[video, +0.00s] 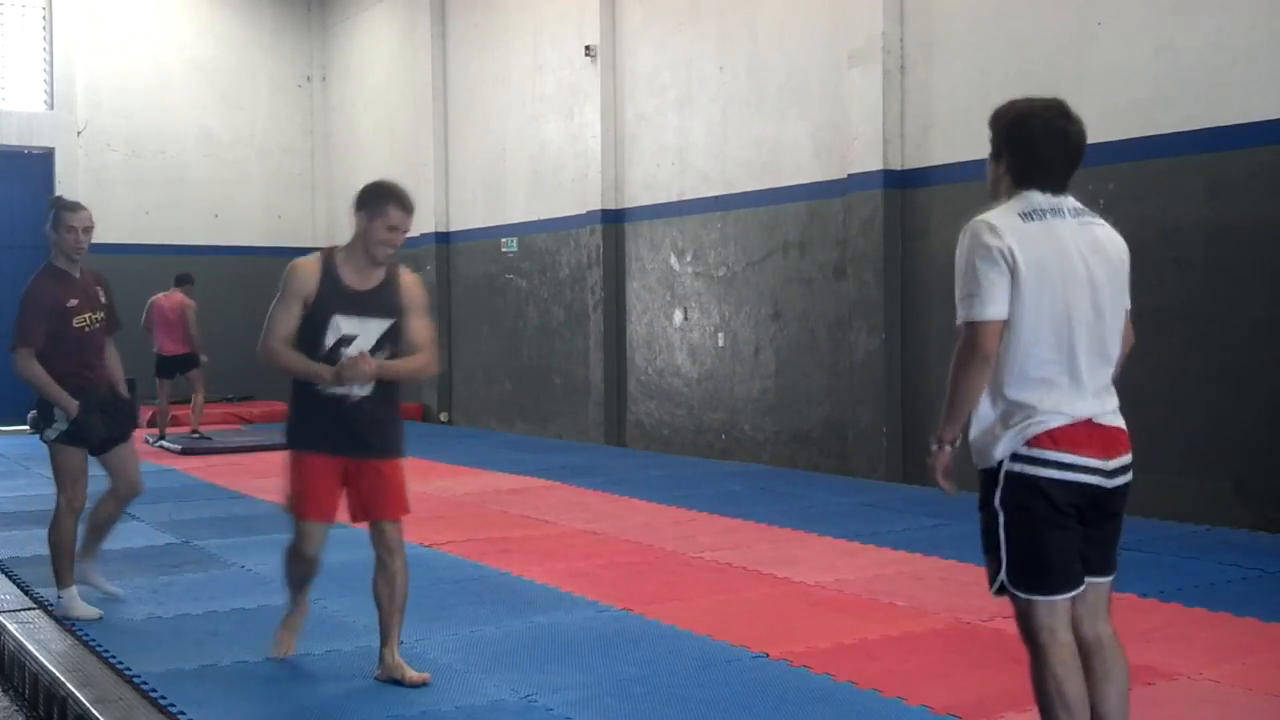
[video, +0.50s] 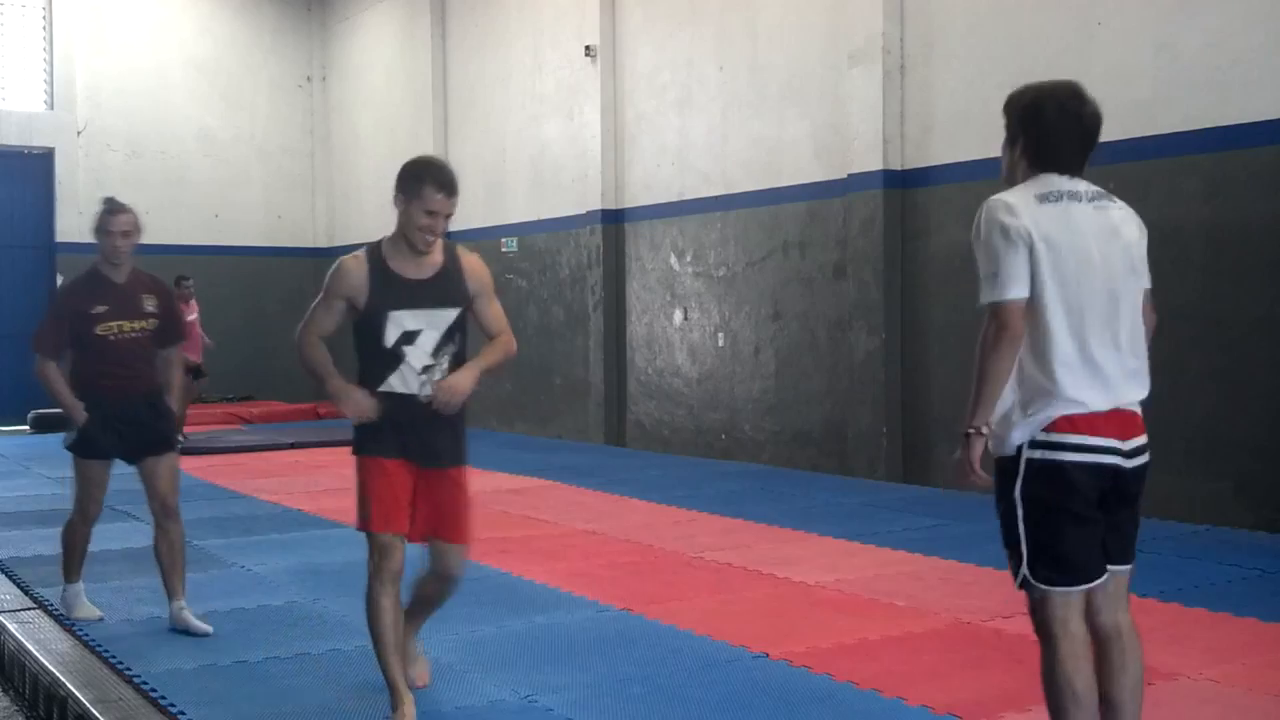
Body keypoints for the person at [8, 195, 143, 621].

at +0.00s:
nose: (82, 238)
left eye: (87, 230)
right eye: (72, 231)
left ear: (92, 232)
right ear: (53, 233)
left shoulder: (95, 280)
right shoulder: (41, 288)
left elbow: (106, 343)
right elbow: (22, 359)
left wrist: (122, 395)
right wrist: (70, 405)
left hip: (104, 401)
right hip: (64, 408)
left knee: (128, 485)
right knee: (71, 501)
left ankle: (85, 560)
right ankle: (66, 595)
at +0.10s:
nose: (80, 237)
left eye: (86, 230)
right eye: (71, 230)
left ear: (93, 232)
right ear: (55, 233)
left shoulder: (104, 280)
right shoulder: (41, 289)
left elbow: (118, 341)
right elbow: (19, 358)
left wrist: (129, 393)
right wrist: (65, 407)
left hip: (112, 402)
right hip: (67, 408)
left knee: (139, 488)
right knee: (69, 502)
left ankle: (113, 575)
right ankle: (67, 595)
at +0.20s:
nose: (83, 238)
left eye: (90, 230)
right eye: (74, 231)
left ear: (99, 233)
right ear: (60, 234)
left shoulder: (115, 282)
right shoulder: (46, 288)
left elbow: (129, 341)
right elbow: (19, 357)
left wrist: (138, 392)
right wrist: (60, 406)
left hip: (119, 403)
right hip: (70, 408)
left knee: (144, 494)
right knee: (70, 505)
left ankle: (147, 588)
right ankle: (67, 596)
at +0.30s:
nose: (92, 240)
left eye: (99, 232)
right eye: (84, 232)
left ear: (109, 234)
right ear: (69, 235)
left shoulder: (128, 285)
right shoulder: (51, 292)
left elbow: (141, 345)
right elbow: (24, 360)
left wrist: (146, 395)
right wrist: (63, 408)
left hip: (127, 404)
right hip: (77, 409)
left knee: (152, 500)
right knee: (74, 507)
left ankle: (169, 593)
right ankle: (68, 595)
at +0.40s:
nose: (104, 241)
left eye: (112, 234)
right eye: (96, 234)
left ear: (122, 237)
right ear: (81, 237)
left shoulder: (141, 288)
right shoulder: (62, 293)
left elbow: (154, 349)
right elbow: (33, 360)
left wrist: (158, 400)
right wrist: (67, 410)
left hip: (136, 409)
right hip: (85, 413)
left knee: (161, 502)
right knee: (79, 510)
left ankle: (179, 599)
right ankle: (70, 595)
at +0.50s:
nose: (119, 241)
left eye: (127, 234)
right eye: (110, 234)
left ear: (137, 238)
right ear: (97, 237)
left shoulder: (157, 291)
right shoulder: (74, 294)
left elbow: (173, 356)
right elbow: (46, 364)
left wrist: (172, 412)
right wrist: (78, 413)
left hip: (151, 412)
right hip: (95, 414)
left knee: (167, 508)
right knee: (86, 512)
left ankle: (178, 606)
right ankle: (72, 591)